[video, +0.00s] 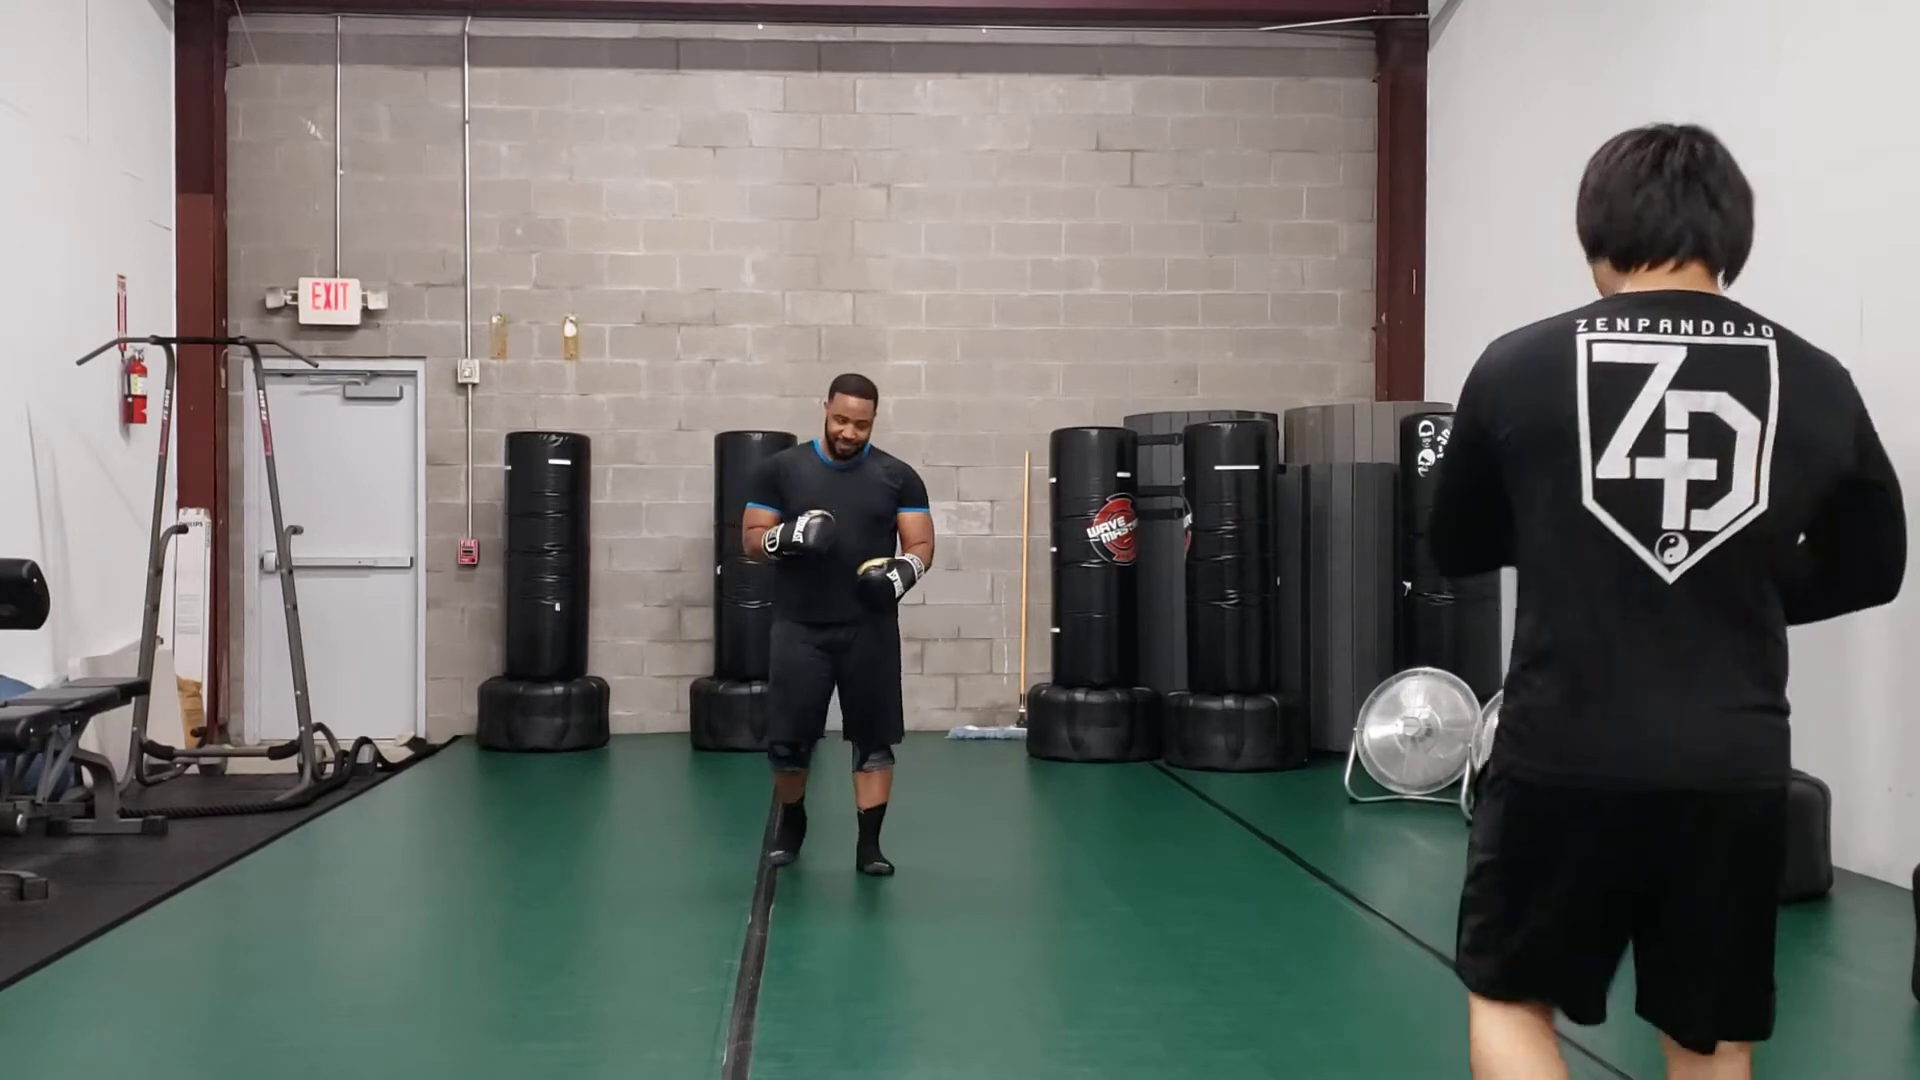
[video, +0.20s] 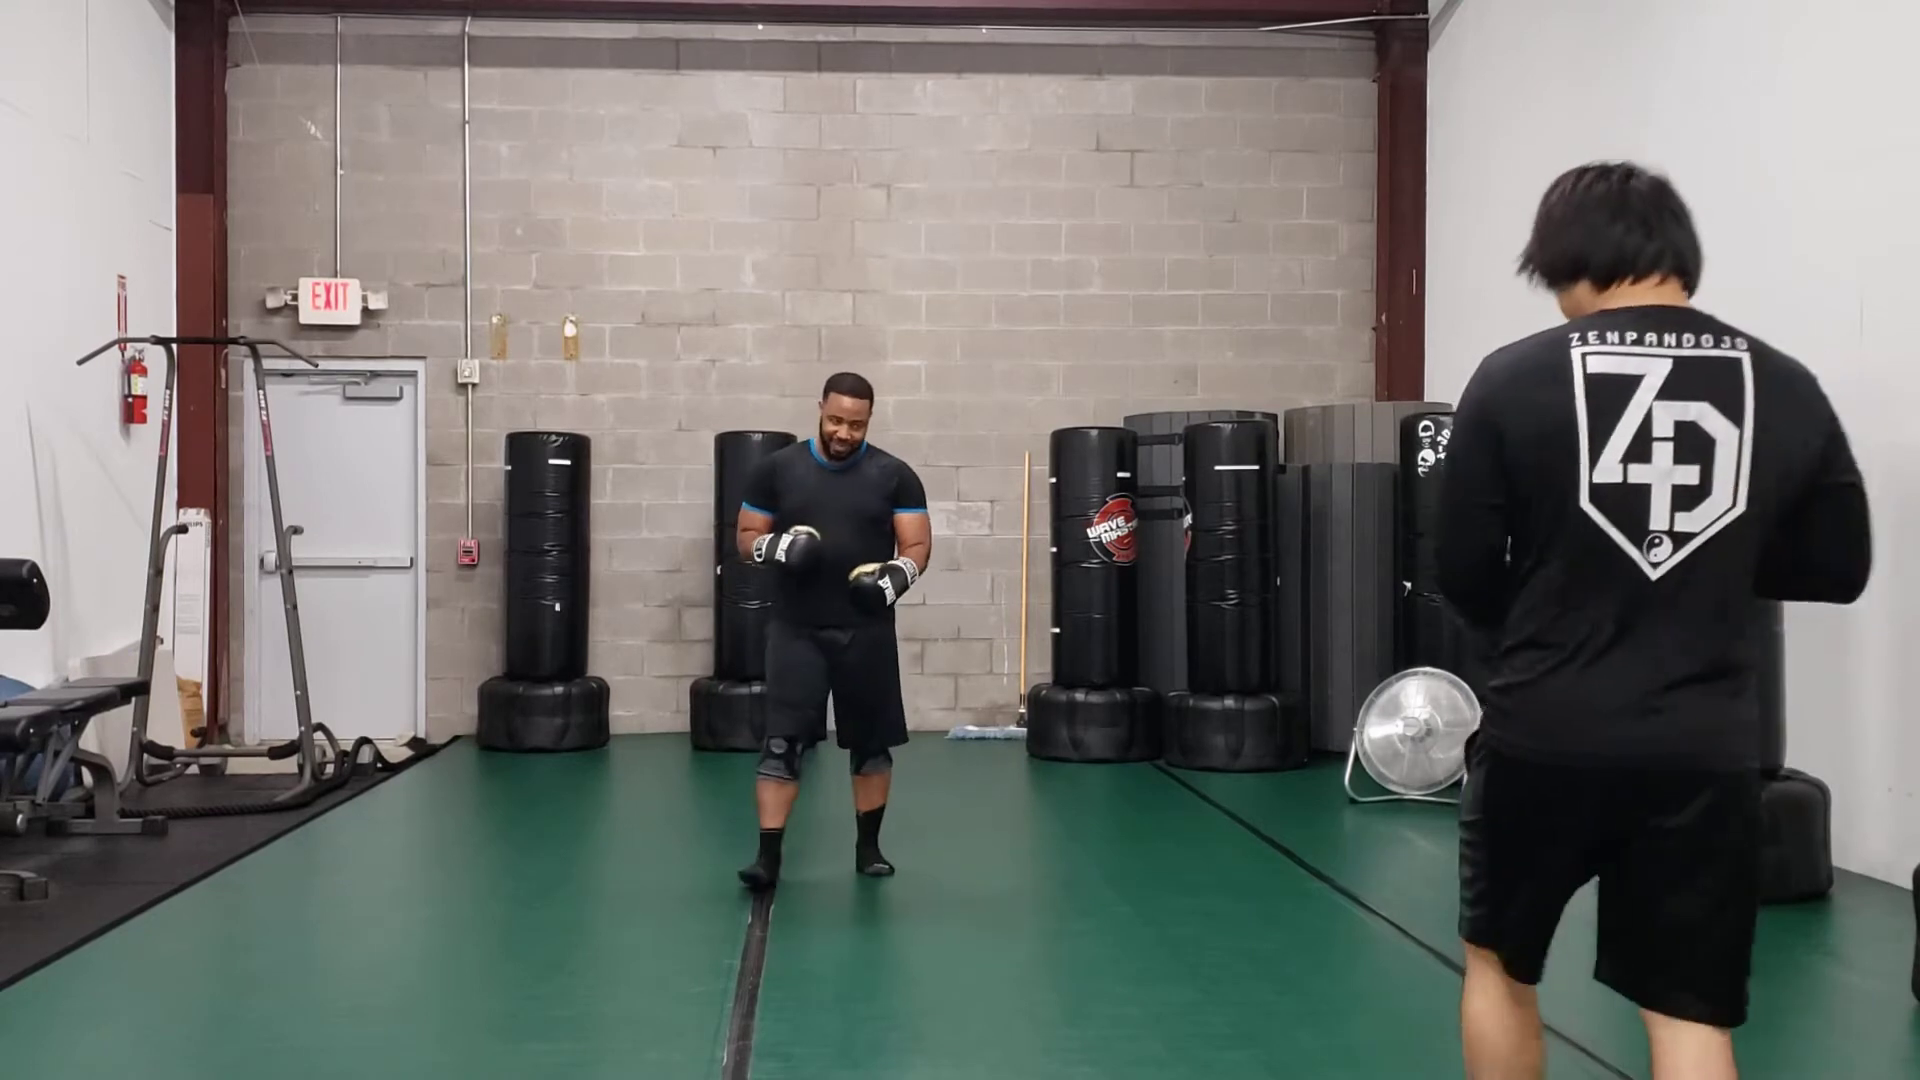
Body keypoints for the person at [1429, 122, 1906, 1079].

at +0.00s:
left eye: (1594, 235)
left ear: (1597, 242)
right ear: (1730, 242)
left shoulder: (1521, 366)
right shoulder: (1811, 375)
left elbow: (1455, 546)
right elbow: (1871, 565)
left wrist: (1569, 512)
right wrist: (1743, 586)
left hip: (1560, 762)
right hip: (1731, 773)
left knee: (1509, 995)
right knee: (1711, 1039)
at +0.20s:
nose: (1554, 295)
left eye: (1553, 276)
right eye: (1552, 278)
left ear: (1570, 268)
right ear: (1684, 260)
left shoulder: (1515, 380)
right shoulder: (1782, 382)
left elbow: (1462, 568)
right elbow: (1839, 567)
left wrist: (1549, 603)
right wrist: (1710, 549)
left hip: (1547, 748)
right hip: (1708, 754)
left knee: (1500, 961)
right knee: (1692, 1008)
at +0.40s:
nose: (1493, 346)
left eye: (1491, 329)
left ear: (1500, 322)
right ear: (1609, 302)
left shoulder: (1456, 417)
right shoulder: (1709, 407)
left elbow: (1426, 594)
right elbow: (1741, 586)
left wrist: (1505, 645)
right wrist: (1644, 565)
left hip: (1511, 745)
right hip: (1658, 744)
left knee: (1493, 969)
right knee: (1670, 994)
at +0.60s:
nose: (1442, 339)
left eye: (1440, 326)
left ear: (1447, 326)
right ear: (1551, 307)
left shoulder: (1409, 410)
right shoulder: (1641, 394)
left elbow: (1375, 566)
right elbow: (1674, 563)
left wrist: (1457, 609)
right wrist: (1584, 584)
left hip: (1468, 722)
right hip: (1601, 716)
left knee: (1474, 937)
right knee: (1625, 918)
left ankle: (1477, 1079)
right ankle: (1630, 1074)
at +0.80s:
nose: (1424, 360)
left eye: (1423, 347)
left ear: (1429, 343)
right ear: (1528, 326)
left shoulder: (1396, 418)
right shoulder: (1615, 405)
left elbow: (1374, 575)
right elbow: (1654, 559)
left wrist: (1422, 650)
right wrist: (1572, 565)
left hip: (1456, 709)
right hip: (1574, 705)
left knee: (1467, 928)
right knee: (1569, 903)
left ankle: (1476, 1074)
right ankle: (1572, 1069)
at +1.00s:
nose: (1434, 374)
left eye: (1433, 361)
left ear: (1440, 356)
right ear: (1532, 341)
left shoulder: (1405, 425)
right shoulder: (1611, 414)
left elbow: (1380, 576)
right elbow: (1645, 556)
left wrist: (1396, 672)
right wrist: (1568, 534)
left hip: (1451, 701)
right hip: (1567, 699)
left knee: (1439, 905)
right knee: (1557, 892)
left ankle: (1475, 1071)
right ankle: (1547, 1071)